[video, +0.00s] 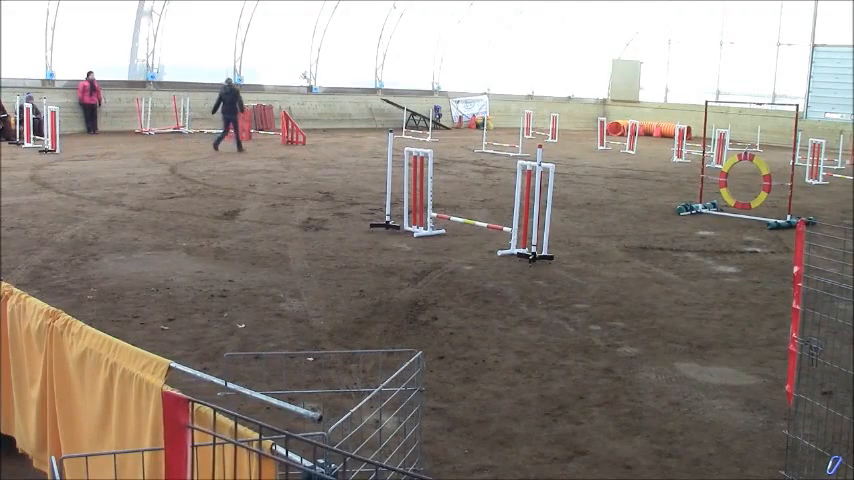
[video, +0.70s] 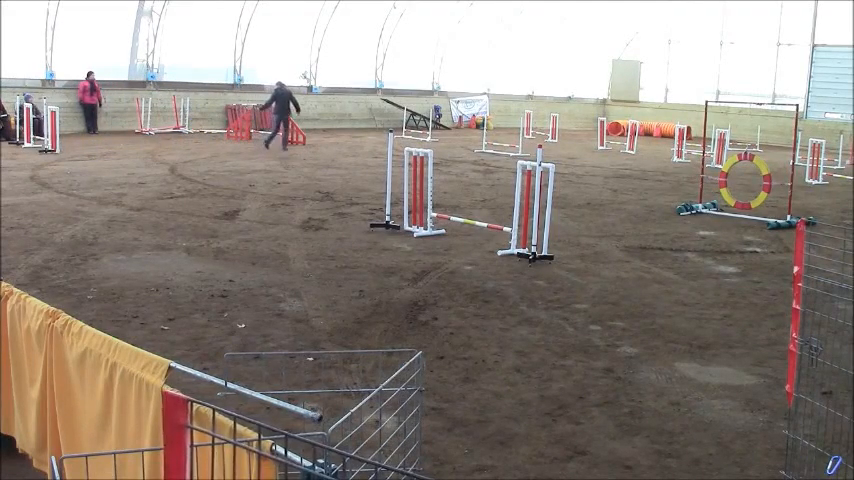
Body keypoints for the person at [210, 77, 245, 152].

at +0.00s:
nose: (229, 84)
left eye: (227, 83)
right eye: (230, 82)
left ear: (225, 83)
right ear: (232, 83)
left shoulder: (223, 90)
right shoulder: (235, 90)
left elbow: (218, 101)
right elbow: (239, 100)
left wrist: (214, 110)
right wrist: (242, 109)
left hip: (225, 113)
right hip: (233, 113)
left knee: (225, 130)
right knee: (236, 130)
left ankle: (216, 143)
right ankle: (239, 146)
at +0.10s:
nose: (235, 87)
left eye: (234, 85)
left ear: (234, 85)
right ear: (240, 85)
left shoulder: (231, 92)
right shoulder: (244, 93)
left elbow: (227, 104)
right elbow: (249, 103)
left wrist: (222, 112)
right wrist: (252, 111)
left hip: (233, 113)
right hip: (241, 113)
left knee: (236, 131)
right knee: (243, 131)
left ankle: (229, 142)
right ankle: (240, 146)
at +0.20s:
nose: (239, 87)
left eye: (239, 86)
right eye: (239, 86)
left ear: (240, 86)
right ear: (247, 85)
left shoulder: (239, 93)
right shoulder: (251, 92)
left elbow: (234, 103)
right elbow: (257, 101)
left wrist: (229, 111)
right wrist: (258, 109)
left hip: (241, 112)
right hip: (248, 112)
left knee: (244, 128)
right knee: (246, 129)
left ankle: (245, 144)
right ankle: (241, 145)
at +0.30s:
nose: (246, 86)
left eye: (246, 84)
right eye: (246, 84)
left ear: (248, 84)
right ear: (254, 84)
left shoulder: (246, 92)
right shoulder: (258, 91)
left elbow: (242, 102)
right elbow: (265, 100)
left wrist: (236, 110)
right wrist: (265, 107)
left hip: (249, 111)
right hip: (256, 111)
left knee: (253, 128)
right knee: (253, 128)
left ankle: (257, 143)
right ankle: (245, 144)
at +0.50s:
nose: (259, 88)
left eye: (259, 86)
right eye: (259, 86)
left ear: (261, 86)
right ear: (267, 85)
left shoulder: (260, 93)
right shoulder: (272, 93)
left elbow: (255, 103)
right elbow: (278, 102)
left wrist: (248, 110)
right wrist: (281, 110)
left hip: (262, 114)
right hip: (270, 114)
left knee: (263, 130)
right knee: (274, 129)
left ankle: (260, 146)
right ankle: (270, 144)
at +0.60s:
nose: (268, 86)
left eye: (269, 85)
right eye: (269, 85)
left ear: (269, 85)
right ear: (275, 85)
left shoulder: (268, 92)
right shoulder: (280, 91)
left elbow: (262, 101)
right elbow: (286, 100)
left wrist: (255, 108)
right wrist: (290, 107)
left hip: (270, 112)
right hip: (278, 112)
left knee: (267, 129)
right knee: (281, 129)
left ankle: (262, 144)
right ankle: (282, 145)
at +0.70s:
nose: (276, 87)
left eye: (277, 86)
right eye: (277, 86)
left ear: (277, 86)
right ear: (283, 85)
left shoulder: (276, 92)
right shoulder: (288, 92)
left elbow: (270, 101)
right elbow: (294, 101)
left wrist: (262, 108)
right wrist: (298, 109)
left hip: (277, 113)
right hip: (286, 113)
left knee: (276, 129)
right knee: (286, 130)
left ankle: (267, 141)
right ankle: (284, 146)